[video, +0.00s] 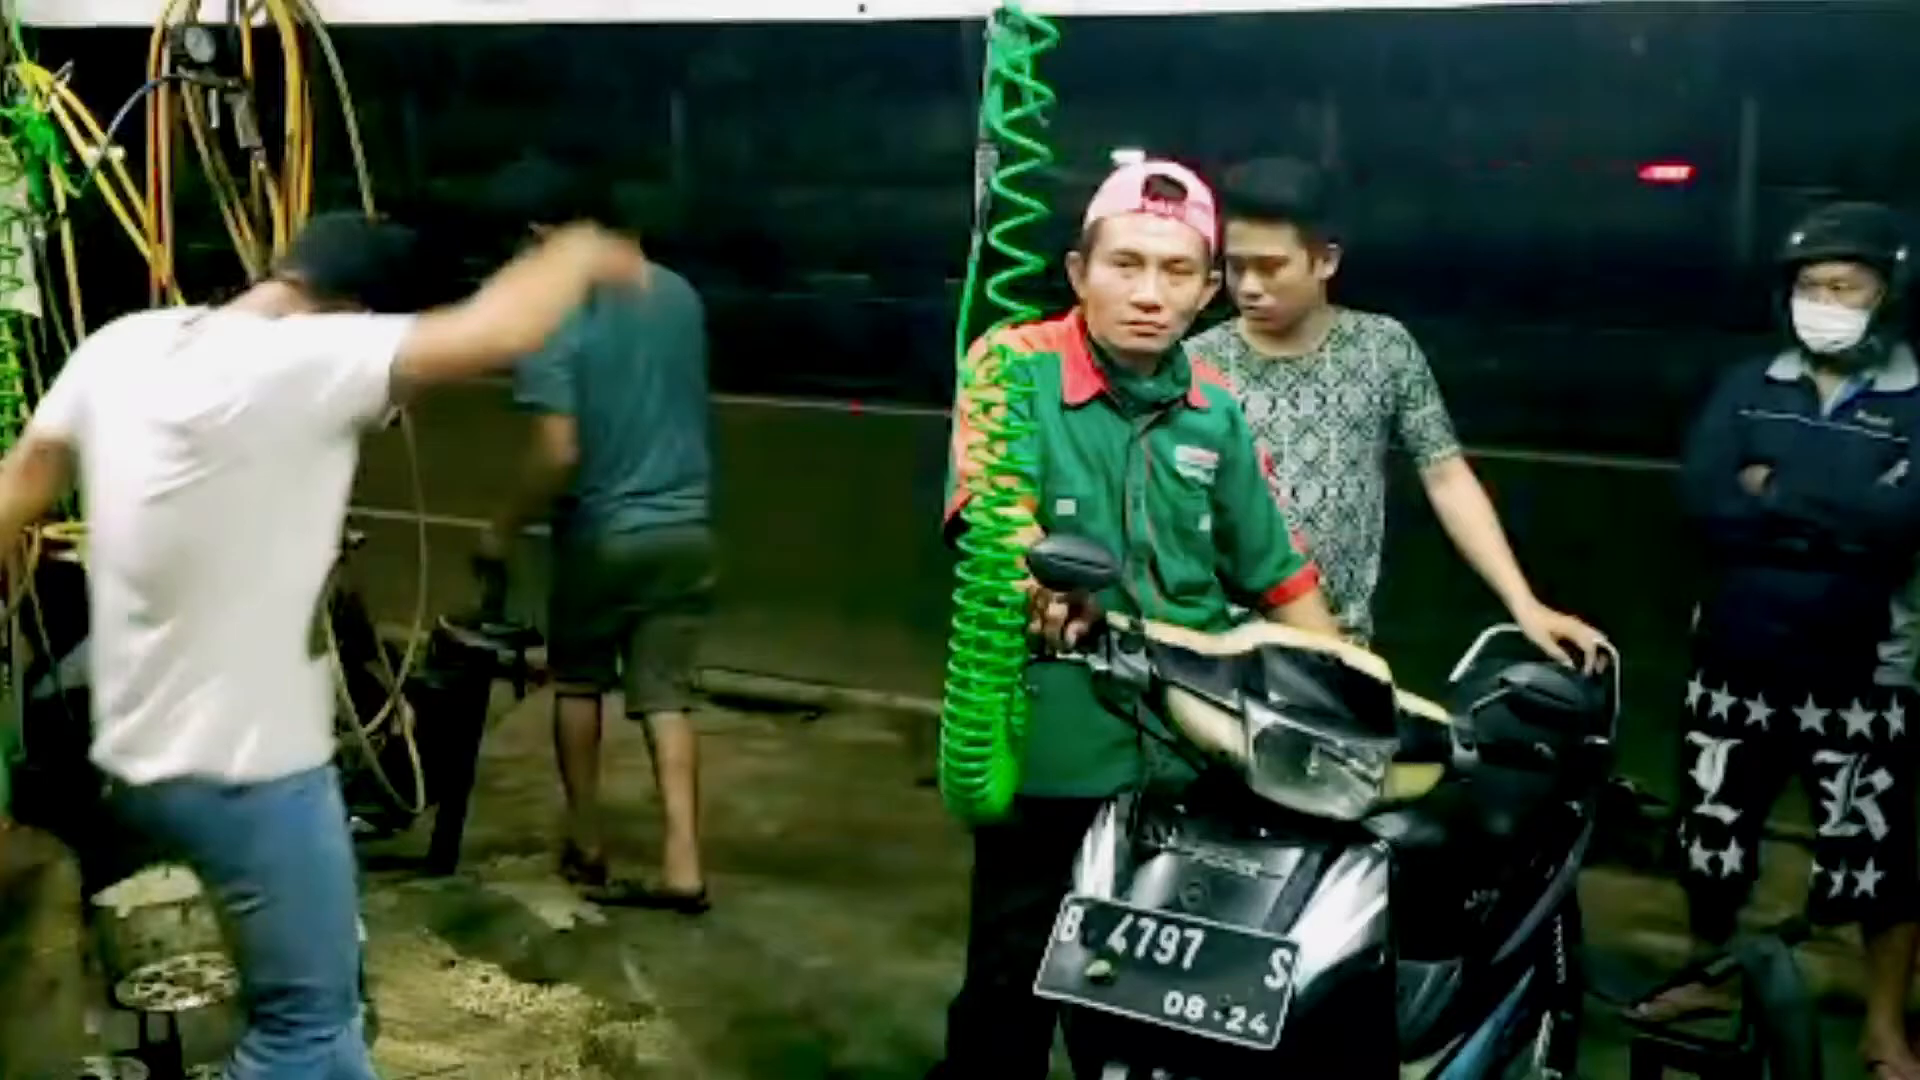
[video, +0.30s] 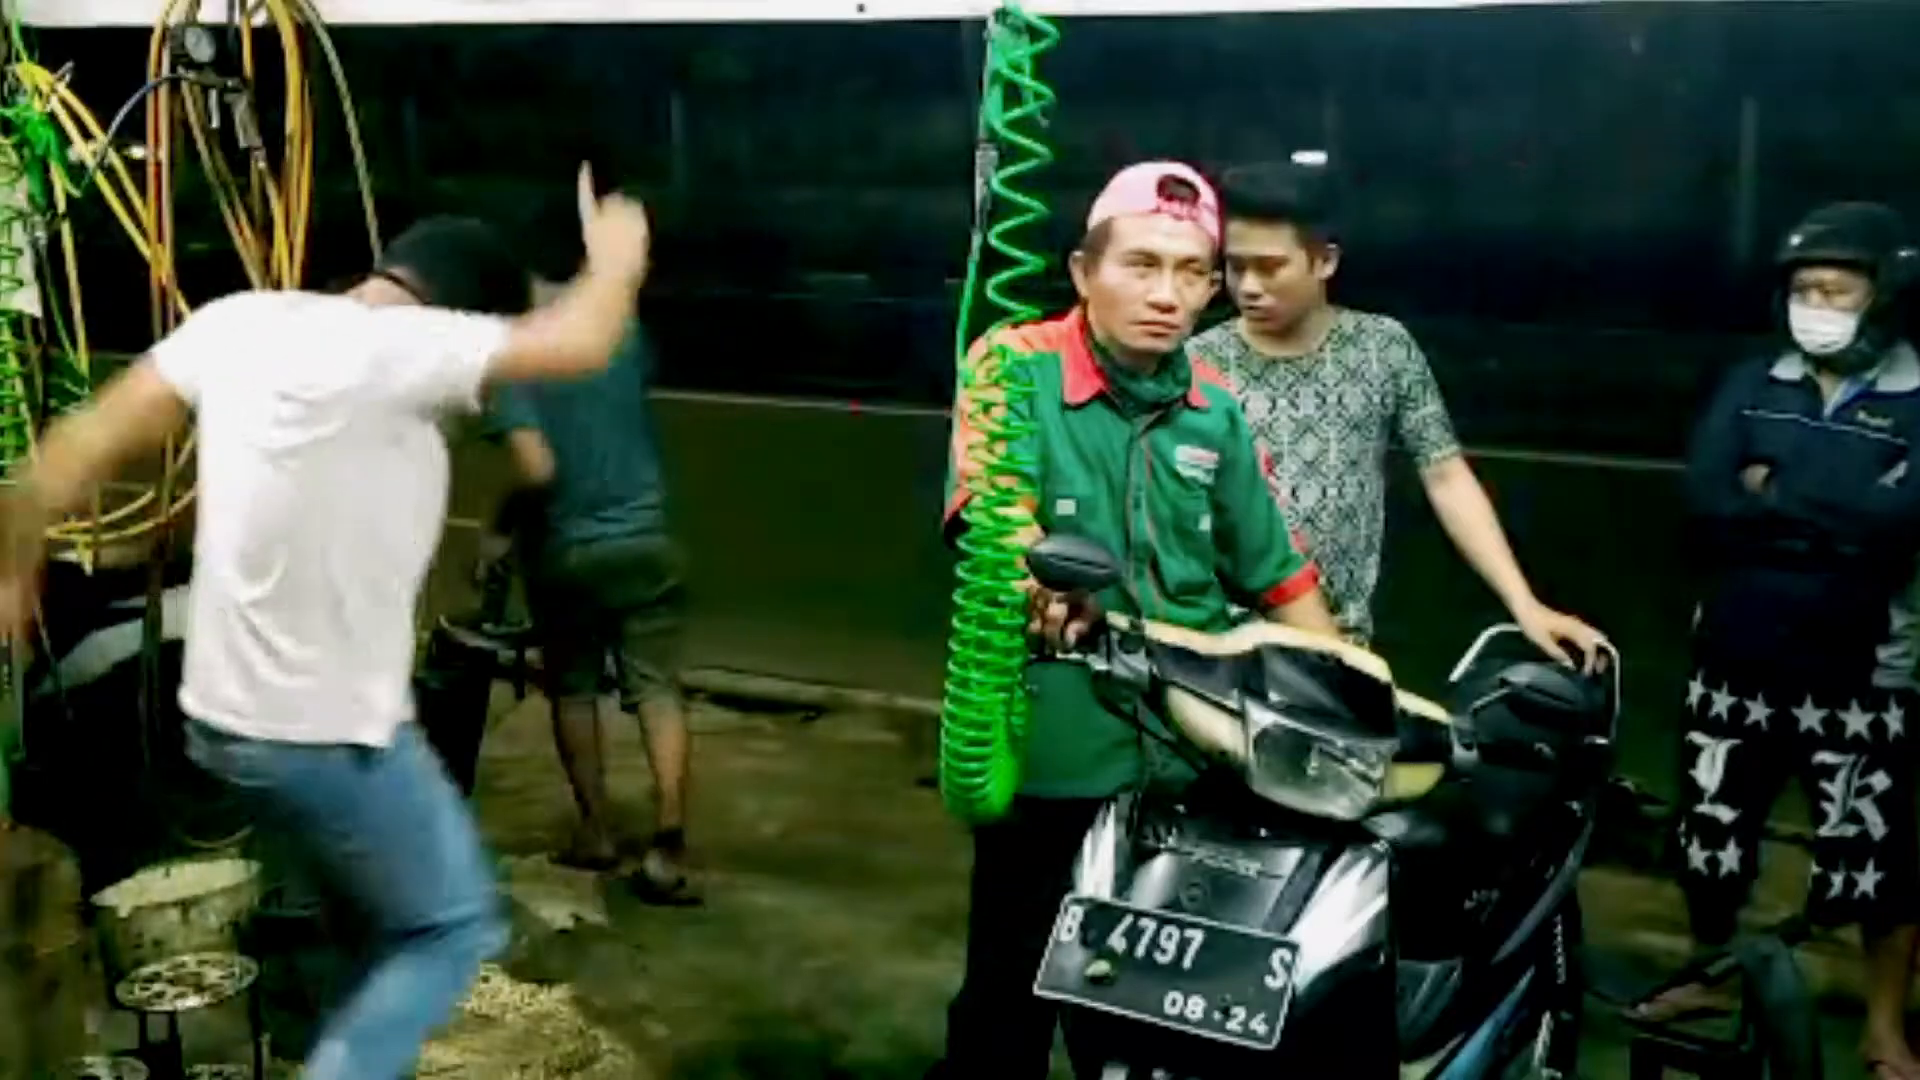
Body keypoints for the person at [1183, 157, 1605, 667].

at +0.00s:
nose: (1249, 286)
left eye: (1270, 267)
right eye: (1236, 267)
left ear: (1325, 260)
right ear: (1221, 264)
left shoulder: (1382, 350)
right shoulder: (1195, 363)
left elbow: (1447, 478)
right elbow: (1151, 500)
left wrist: (1525, 606)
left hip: (1334, 647)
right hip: (1210, 646)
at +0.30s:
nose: (1249, 287)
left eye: (1270, 267)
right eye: (1237, 268)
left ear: (1325, 260)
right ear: (1223, 264)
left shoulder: (1382, 350)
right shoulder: (1198, 362)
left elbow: (1447, 479)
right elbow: (1151, 498)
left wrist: (1525, 606)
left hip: (1335, 647)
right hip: (1211, 645)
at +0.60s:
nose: (1248, 287)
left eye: (1269, 269)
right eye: (1236, 269)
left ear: (1325, 261)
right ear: (1223, 264)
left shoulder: (1381, 349)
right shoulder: (1202, 360)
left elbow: (1447, 479)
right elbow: (1155, 494)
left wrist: (1525, 607)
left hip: (1333, 644)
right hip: (1209, 641)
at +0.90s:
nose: (1252, 290)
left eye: (1272, 271)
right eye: (1238, 271)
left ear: (1325, 262)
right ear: (1222, 267)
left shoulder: (1382, 349)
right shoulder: (1201, 359)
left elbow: (1447, 479)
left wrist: (1526, 608)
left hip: (1332, 641)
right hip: (1209, 637)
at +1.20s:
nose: (1254, 297)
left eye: (1275, 278)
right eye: (1239, 278)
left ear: (1325, 264)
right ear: (1220, 270)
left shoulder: (1382, 350)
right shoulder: (1200, 353)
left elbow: (1447, 478)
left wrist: (1526, 608)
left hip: (1333, 640)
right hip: (1213, 636)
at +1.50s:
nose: (1259, 296)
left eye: (1278, 274)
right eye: (1243, 278)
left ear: (1326, 263)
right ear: (1224, 273)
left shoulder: (1381, 349)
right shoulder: (1202, 356)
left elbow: (1447, 478)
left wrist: (1526, 607)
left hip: (1334, 639)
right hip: (1213, 633)